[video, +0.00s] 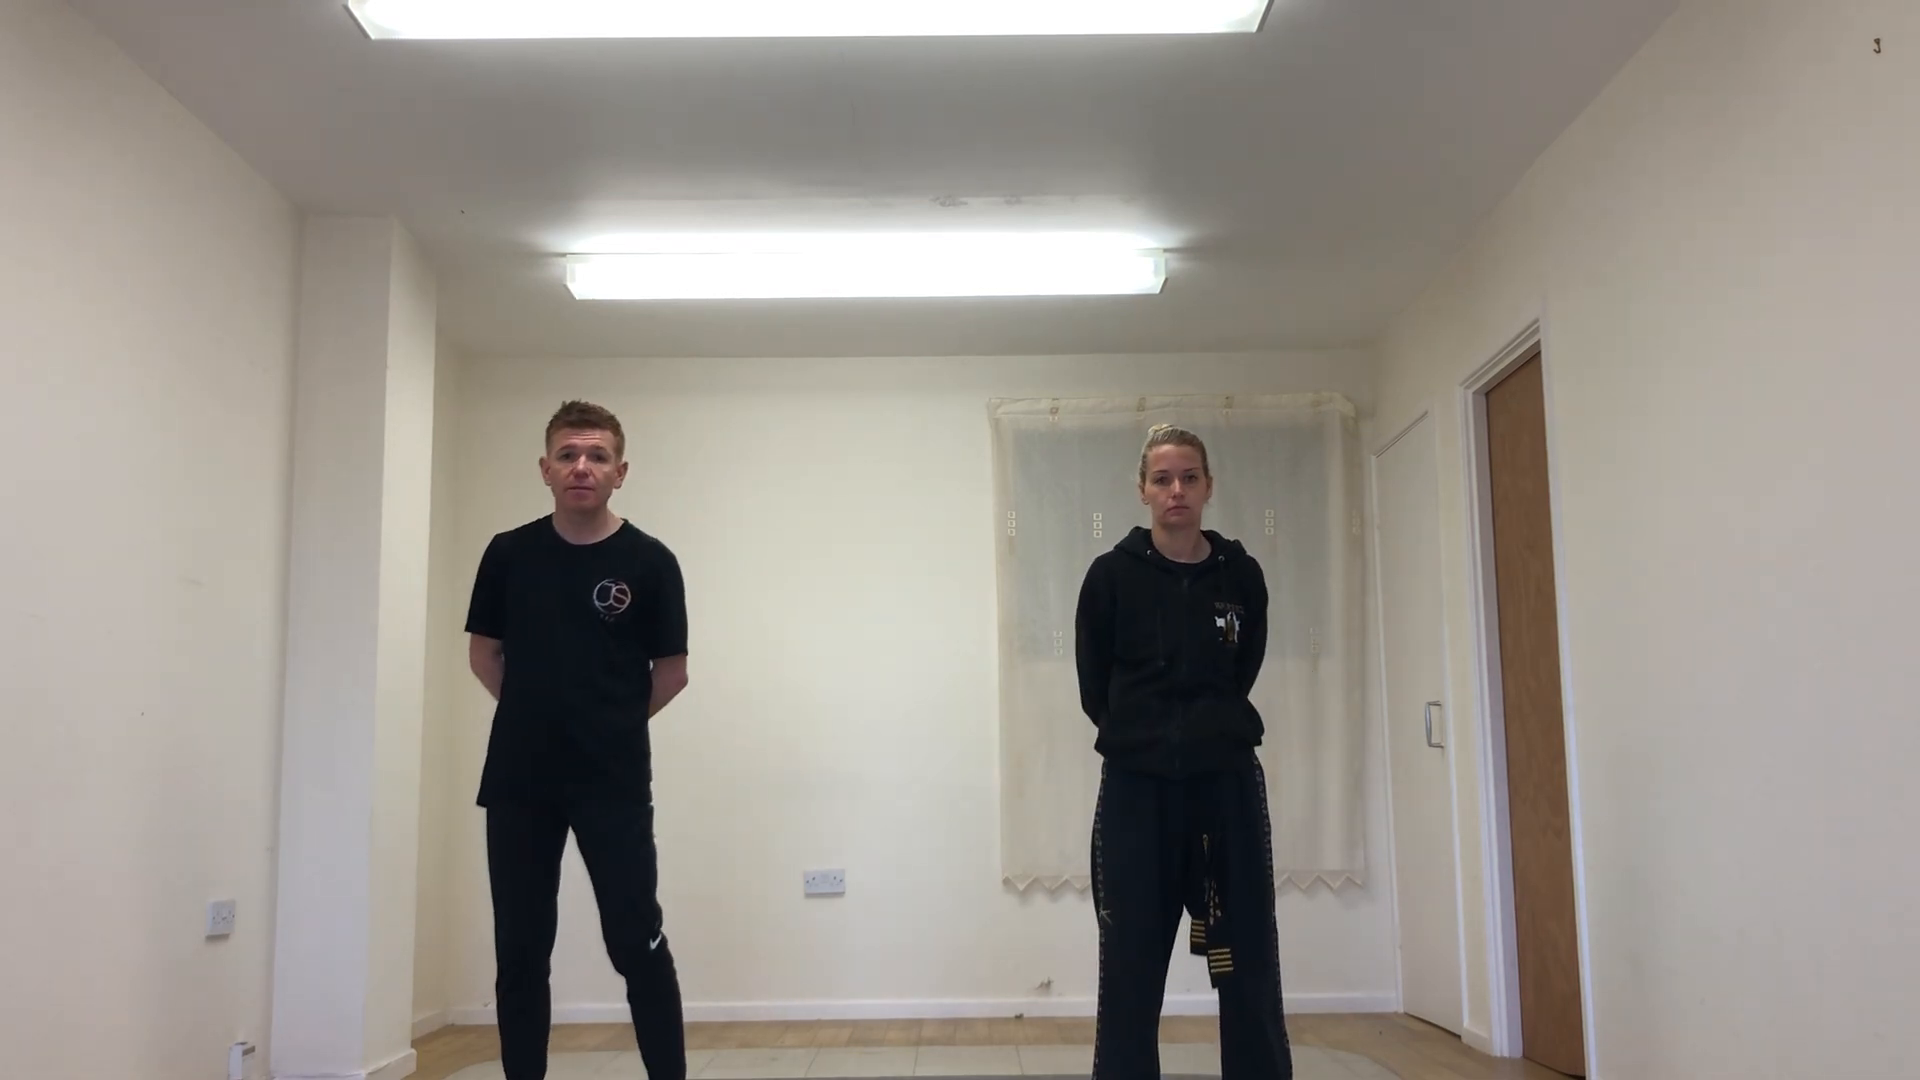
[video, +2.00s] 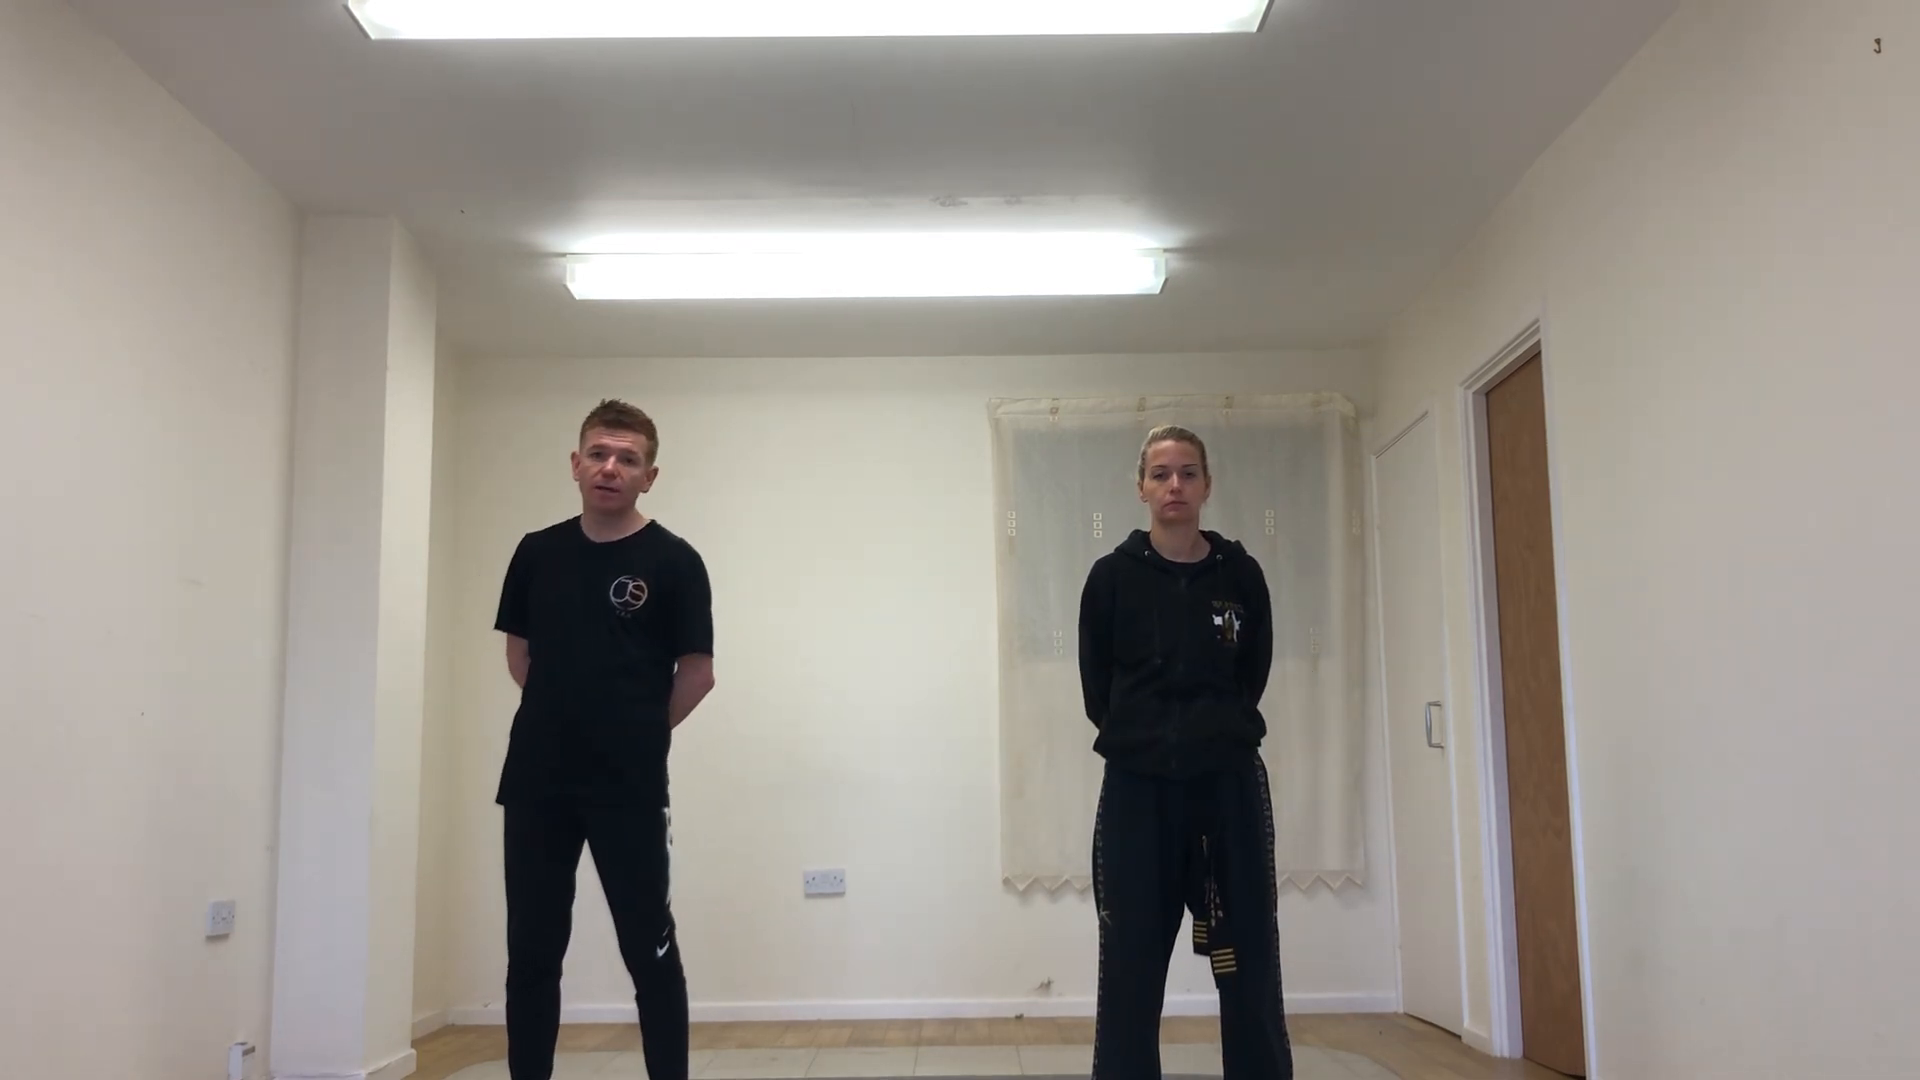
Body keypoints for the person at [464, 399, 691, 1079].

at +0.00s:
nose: (581, 467)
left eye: (596, 456)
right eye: (567, 455)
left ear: (618, 473)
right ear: (546, 469)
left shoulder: (650, 560)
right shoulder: (507, 552)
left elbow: (670, 673)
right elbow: (484, 657)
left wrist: (610, 718)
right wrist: (538, 711)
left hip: (612, 774)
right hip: (522, 772)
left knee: (637, 945)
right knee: (519, 955)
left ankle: (668, 1075)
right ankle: (523, 1076)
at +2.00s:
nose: (609, 468)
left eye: (627, 459)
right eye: (597, 455)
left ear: (648, 476)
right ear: (576, 464)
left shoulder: (675, 561)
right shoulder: (536, 551)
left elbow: (697, 673)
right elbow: (519, 659)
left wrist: (640, 728)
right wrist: (567, 716)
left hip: (628, 780)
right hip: (540, 777)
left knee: (649, 951)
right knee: (531, 954)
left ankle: (669, 1076)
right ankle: (529, 1076)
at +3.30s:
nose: (501, 468)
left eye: (515, 454)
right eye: (486, 459)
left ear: (544, 467)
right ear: (471, 480)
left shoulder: (597, 550)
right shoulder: (457, 570)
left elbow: (636, 657)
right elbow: (454, 679)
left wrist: (586, 720)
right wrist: (512, 718)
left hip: (574, 771)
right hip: (491, 776)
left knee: (564, 940)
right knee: (505, 946)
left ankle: (575, 1073)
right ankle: (518, 1075)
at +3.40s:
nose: (500, 470)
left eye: (513, 456)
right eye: (484, 462)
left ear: (542, 466)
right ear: (471, 482)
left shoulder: (599, 549)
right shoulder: (459, 571)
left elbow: (639, 655)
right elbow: (456, 680)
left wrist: (590, 718)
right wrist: (515, 714)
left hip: (577, 770)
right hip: (493, 776)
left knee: (562, 940)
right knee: (506, 939)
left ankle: (545, 1064)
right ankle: (519, 1073)